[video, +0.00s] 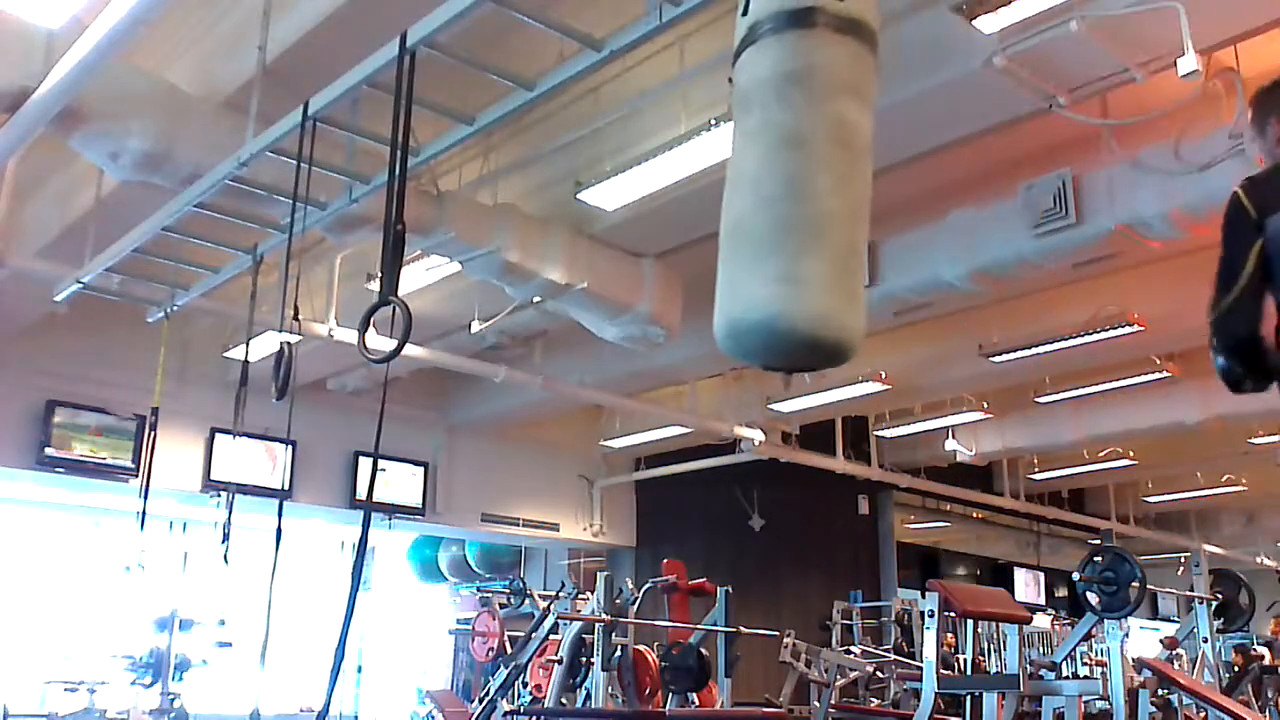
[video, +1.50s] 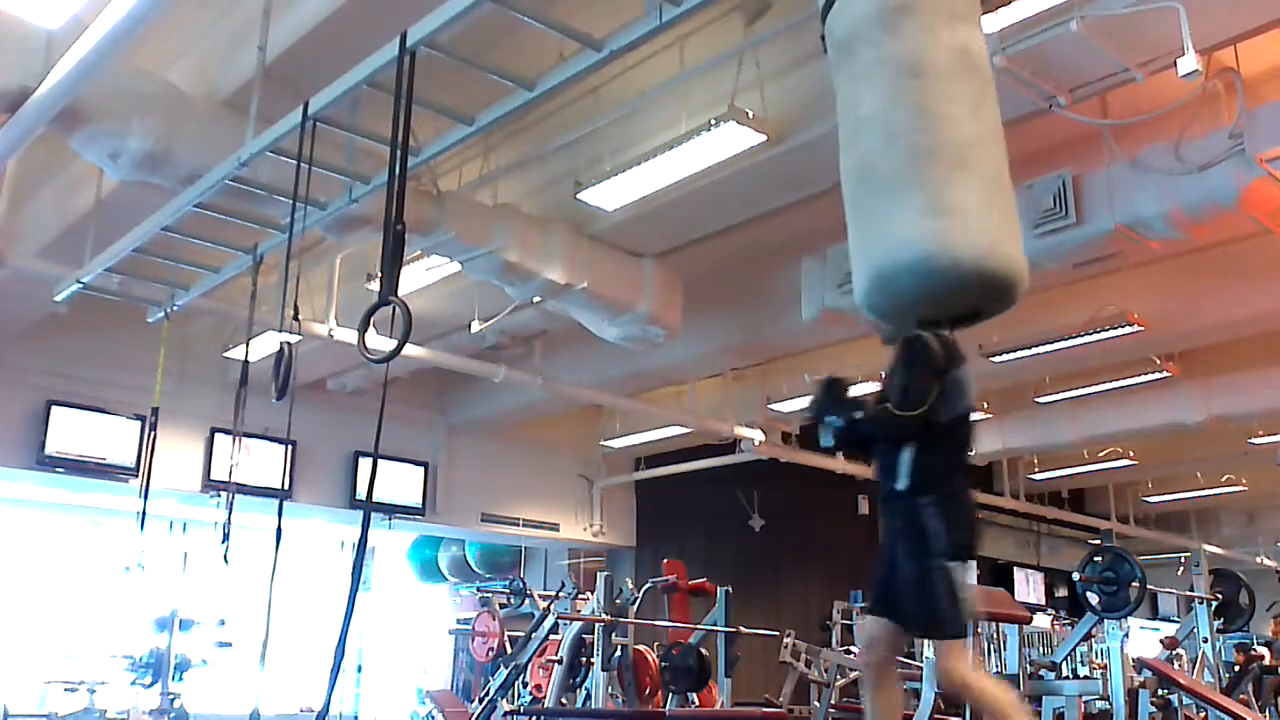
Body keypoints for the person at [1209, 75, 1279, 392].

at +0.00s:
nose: (1255, 150)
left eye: (1255, 138)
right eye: (1253, 139)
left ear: (1272, 130)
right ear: (1274, 130)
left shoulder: (1258, 198)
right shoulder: (1256, 198)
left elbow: (1232, 332)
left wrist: (1261, 369)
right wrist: (1260, 368)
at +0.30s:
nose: (1230, 207)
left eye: (1232, 193)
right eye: (1230, 195)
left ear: (1255, 186)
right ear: (1268, 187)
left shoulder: (1237, 245)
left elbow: (1180, 358)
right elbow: (1180, 357)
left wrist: (1228, 350)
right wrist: (1227, 348)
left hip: (1271, 426)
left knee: (1278, 544)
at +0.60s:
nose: (1168, 240)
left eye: (1174, 227)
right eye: (1168, 228)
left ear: (1205, 225)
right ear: (1221, 227)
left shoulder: (1204, 270)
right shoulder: (1263, 265)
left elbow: (1188, 371)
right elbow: (1235, 367)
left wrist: (1131, 354)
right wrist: (1161, 349)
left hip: (1237, 465)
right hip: (1268, 457)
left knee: (1186, 629)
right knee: (1268, 621)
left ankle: (1263, 713)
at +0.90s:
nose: (1075, 271)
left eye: (1084, 261)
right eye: (1078, 261)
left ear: (1116, 265)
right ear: (1126, 267)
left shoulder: (1123, 316)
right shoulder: (1168, 312)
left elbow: (1107, 409)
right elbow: (1143, 405)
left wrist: (1051, 391)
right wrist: (1076, 384)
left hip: (1147, 504)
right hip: (1201, 496)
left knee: (1113, 660)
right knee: (1241, 659)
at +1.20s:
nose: (980, 276)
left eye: (991, 267)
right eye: (983, 267)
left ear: (1022, 270)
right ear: (1031, 273)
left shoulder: (1019, 317)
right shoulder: (1056, 320)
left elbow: (988, 407)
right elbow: (1017, 409)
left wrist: (938, 382)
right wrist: (959, 378)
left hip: (1042, 503)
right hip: (1052, 498)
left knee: (1064, 656)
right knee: (996, 632)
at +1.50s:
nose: (867, 313)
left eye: (873, 299)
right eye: (863, 300)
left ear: (901, 299)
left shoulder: (922, 346)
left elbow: (905, 420)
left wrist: (846, 422)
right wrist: (846, 418)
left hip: (937, 531)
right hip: (906, 533)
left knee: (955, 671)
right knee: (875, 657)